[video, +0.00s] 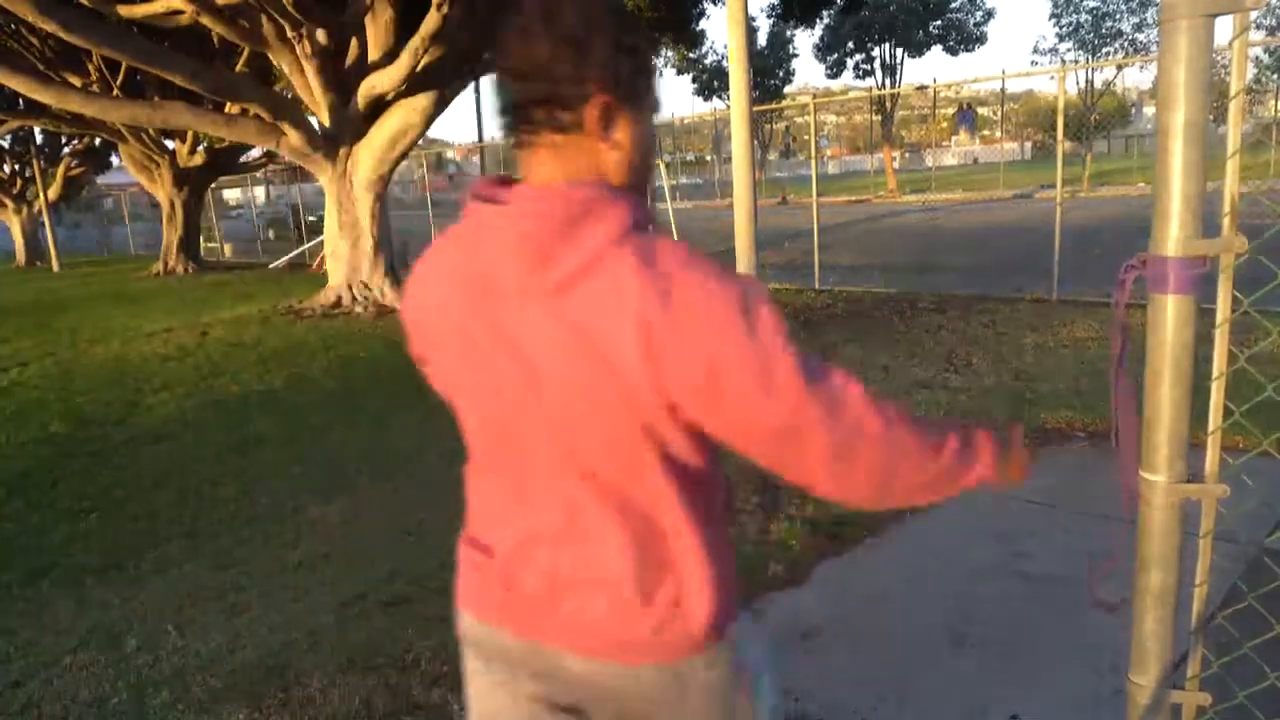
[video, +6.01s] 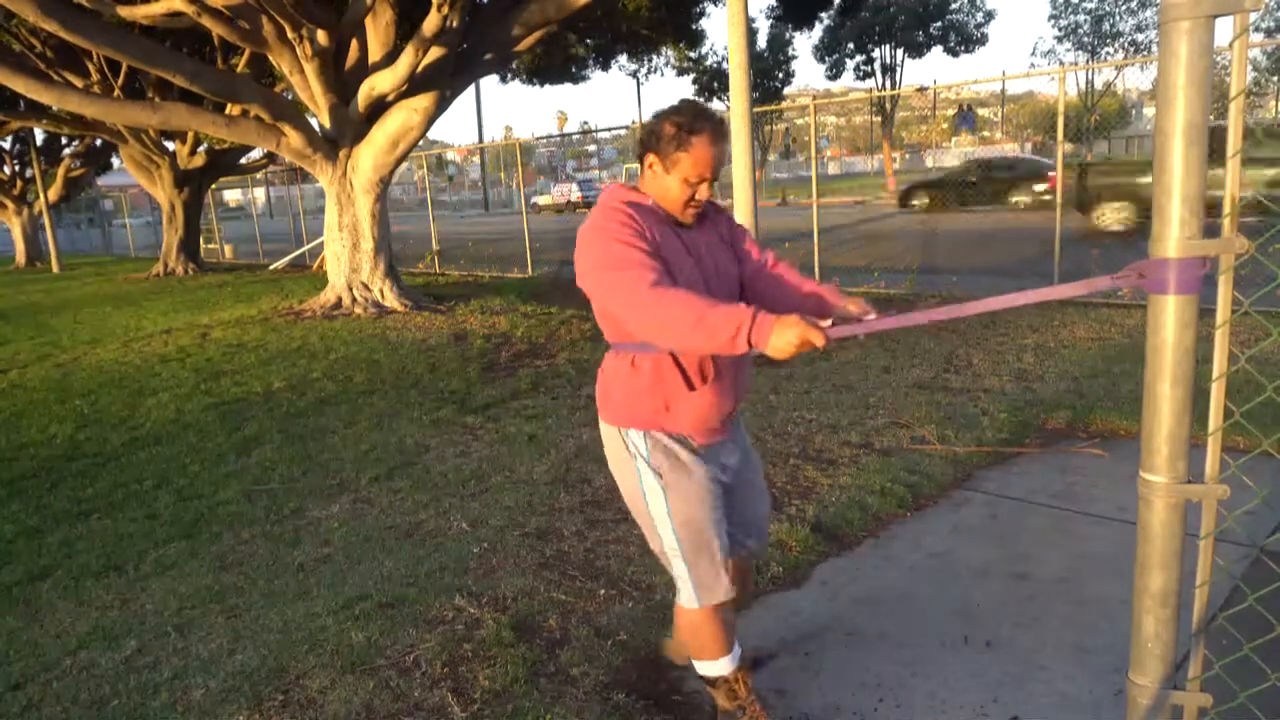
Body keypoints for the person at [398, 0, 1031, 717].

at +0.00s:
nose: (649, 141)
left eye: (650, 116)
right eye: (647, 116)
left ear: (519, 117)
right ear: (605, 119)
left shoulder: (439, 279)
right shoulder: (673, 291)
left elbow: (465, 391)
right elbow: (833, 441)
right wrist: (976, 455)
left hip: (498, 634)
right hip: (654, 646)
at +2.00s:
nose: (905, 150)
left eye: (907, 133)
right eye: (897, 132)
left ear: (856, 129)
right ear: (847, 123)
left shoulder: (862, 207)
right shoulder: (800, 202)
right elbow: (720, 209)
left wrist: (829, 79)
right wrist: (786, 80)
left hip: (865, 457)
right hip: (825, 468)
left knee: (836, 592)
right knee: (863, 656)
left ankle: (754, 693)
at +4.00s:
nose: (866, 168)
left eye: (871, 154)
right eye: (859, 151)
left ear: (827, 139)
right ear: (810, 136)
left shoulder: (833, 211)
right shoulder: (750, 209)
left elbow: (838, 302)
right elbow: (699, 317)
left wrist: (879, 312)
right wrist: (818, 330)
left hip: (824, 431)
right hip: (767, 437)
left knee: (823, 578)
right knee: (813, 595)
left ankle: (796, 696)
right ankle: (821, 715)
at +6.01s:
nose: (705, 195)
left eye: (711, 180)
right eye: (694, 180)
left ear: (714, 171)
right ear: (652, 164)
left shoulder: (713, 224)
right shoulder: (610, 230)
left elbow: (766, 276)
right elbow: (646, 309)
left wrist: (833, 306)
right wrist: (758, 329)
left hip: (717, 419)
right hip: (650, 428)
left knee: (740, 544)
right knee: (705, 574)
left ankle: (689, 640)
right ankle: (731, 696)